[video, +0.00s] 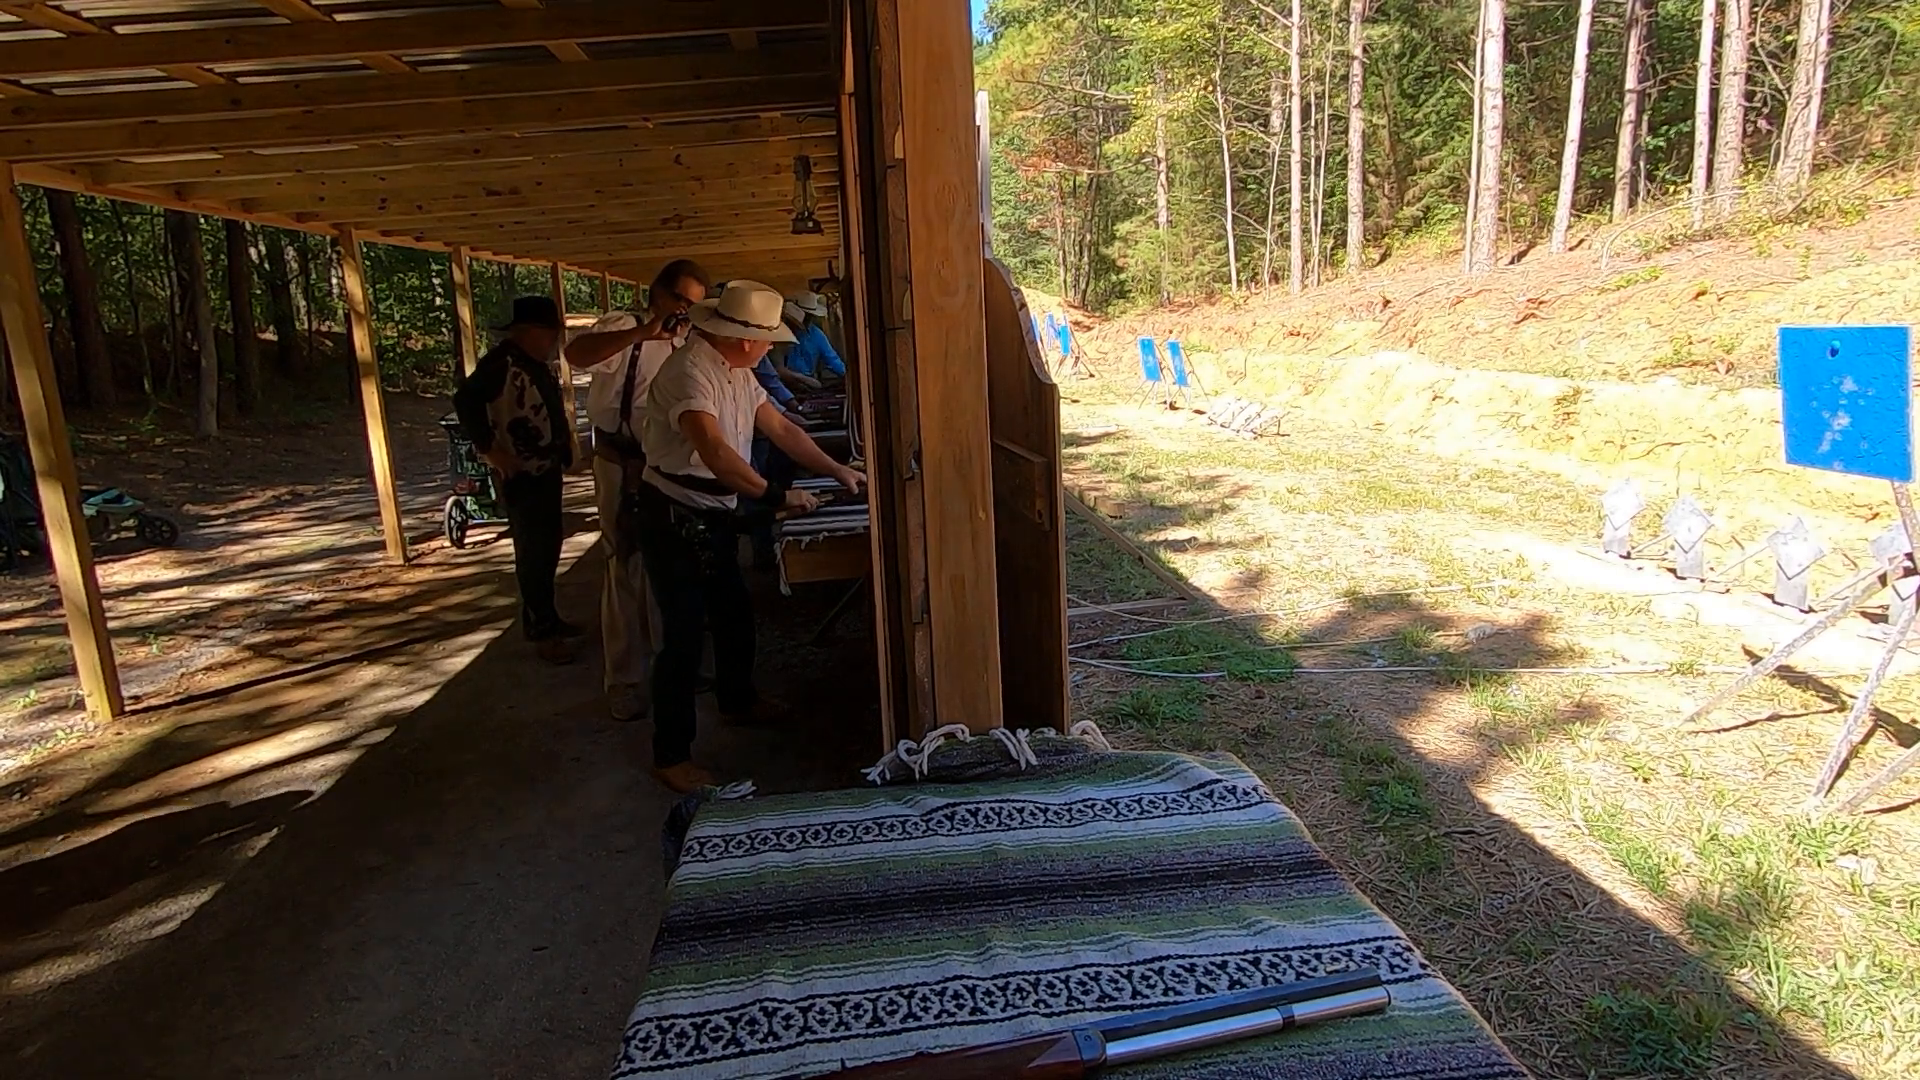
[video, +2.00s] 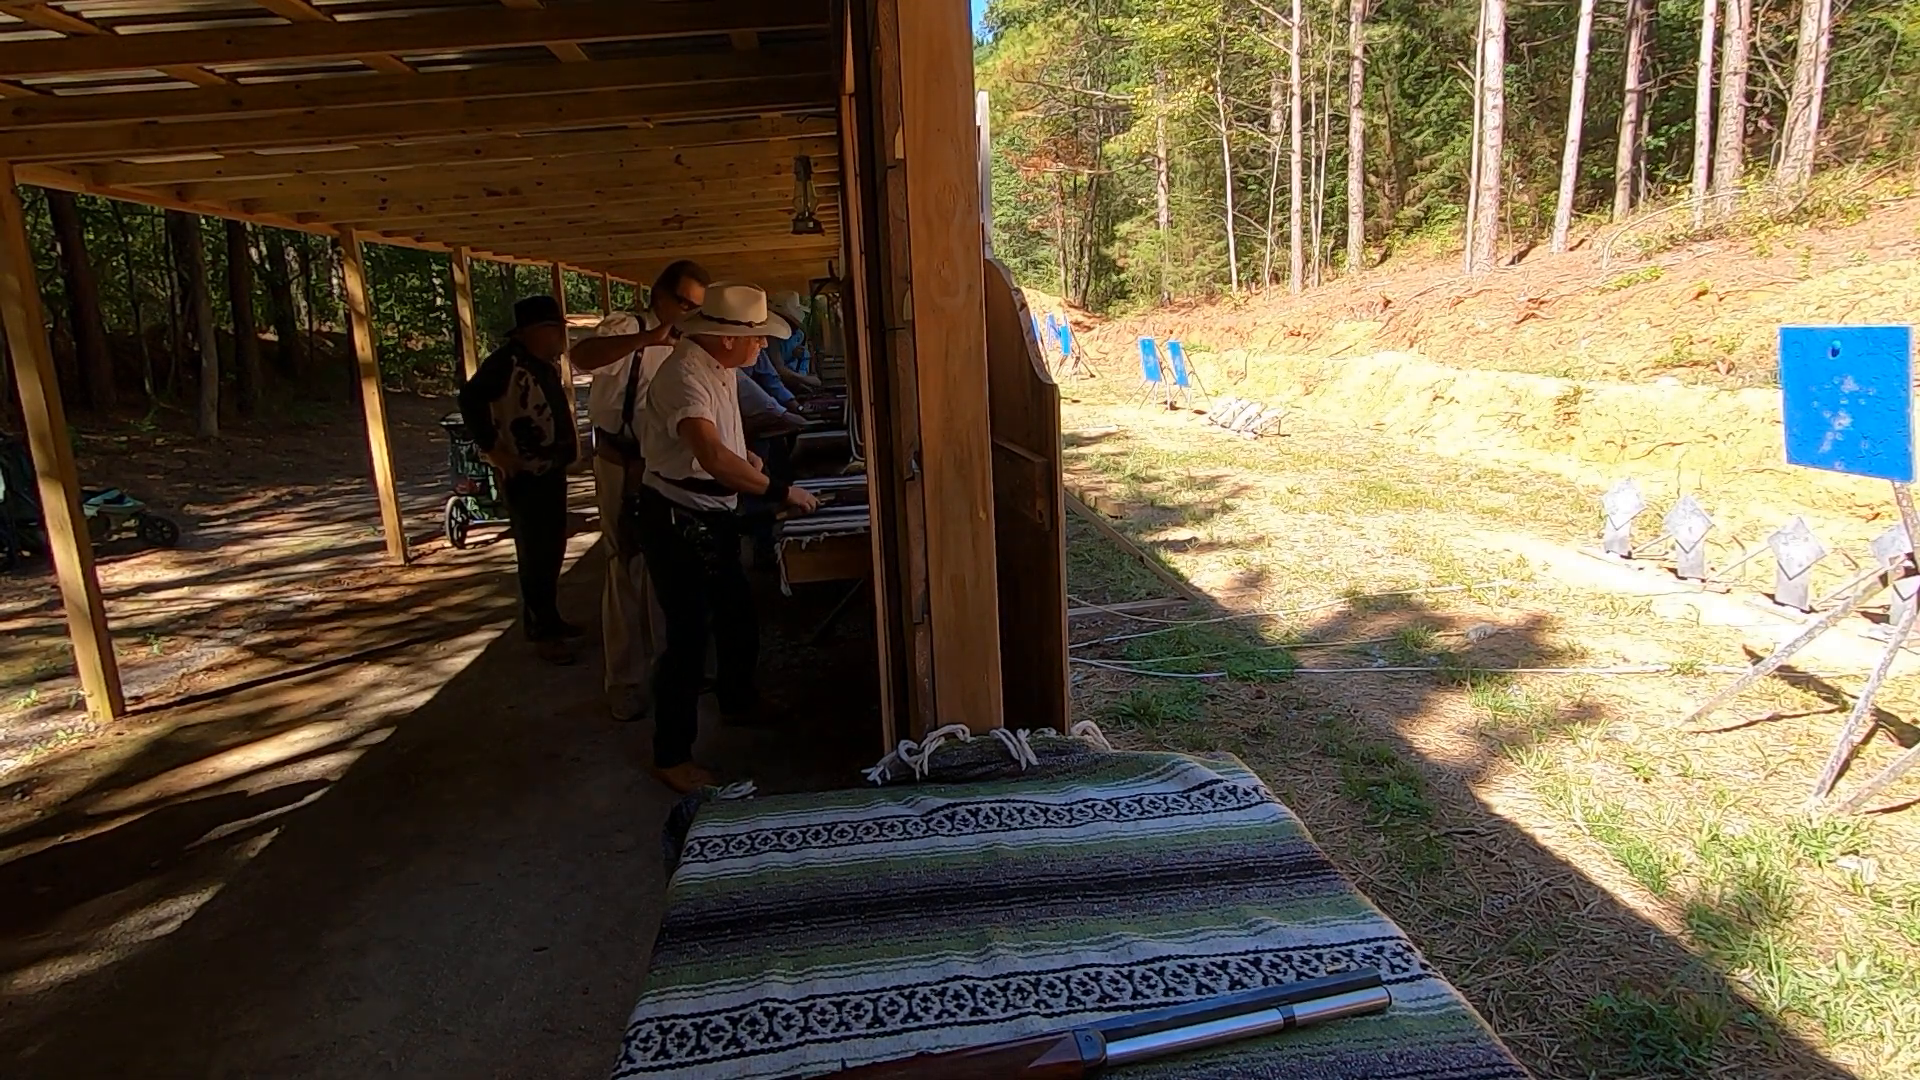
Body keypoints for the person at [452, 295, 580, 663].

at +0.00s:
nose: (557, 341)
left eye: (557, 333)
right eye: (552, 333)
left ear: (535, 331)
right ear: (531, 331)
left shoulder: (539, 363)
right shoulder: (502, 361)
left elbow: (546, 410)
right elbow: (466, 400)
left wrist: (562, 444)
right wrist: (490, 449)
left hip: (547, 471)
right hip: (522, 474)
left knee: (548, 547)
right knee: (534, 550)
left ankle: (547, 619)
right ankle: (540, 629)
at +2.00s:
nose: (563, 338)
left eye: (563, 330)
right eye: (557, 330)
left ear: (545, 332)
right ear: (534, 331)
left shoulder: (546, 365)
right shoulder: (507, 361)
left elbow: (550, 410)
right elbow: (470, 399)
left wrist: (565, 445)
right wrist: (491, 448)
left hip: (551, 472)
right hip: (525, 475)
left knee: (552, 550)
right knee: (536, 553)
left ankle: (549, 620)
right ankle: (541, 630)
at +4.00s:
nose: (562, 339)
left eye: (562, 331)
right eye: (556, 331)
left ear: (546, 334)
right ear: (533, 333)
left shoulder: (545, 366)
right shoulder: (505, 362)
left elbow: (551, 412)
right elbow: (468, 400)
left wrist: (567, 446)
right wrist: (489, 448)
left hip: (551, 473)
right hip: (524, 475)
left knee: (553, 549)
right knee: (536, 552)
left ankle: (549, 620)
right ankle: (540, 630)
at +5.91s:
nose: (564, 337)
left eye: (564, 329)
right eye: (558, 329)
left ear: (545, 333)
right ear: (536, 332)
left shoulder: (546, 367)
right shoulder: (506, 362)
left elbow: (554, 414)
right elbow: (469, 399)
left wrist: (568, 448)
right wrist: (492, 447)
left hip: (551, 473)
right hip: (525, 474)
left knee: (552, 548)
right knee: (535, 551)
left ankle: (548, 620)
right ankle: (540, 627)